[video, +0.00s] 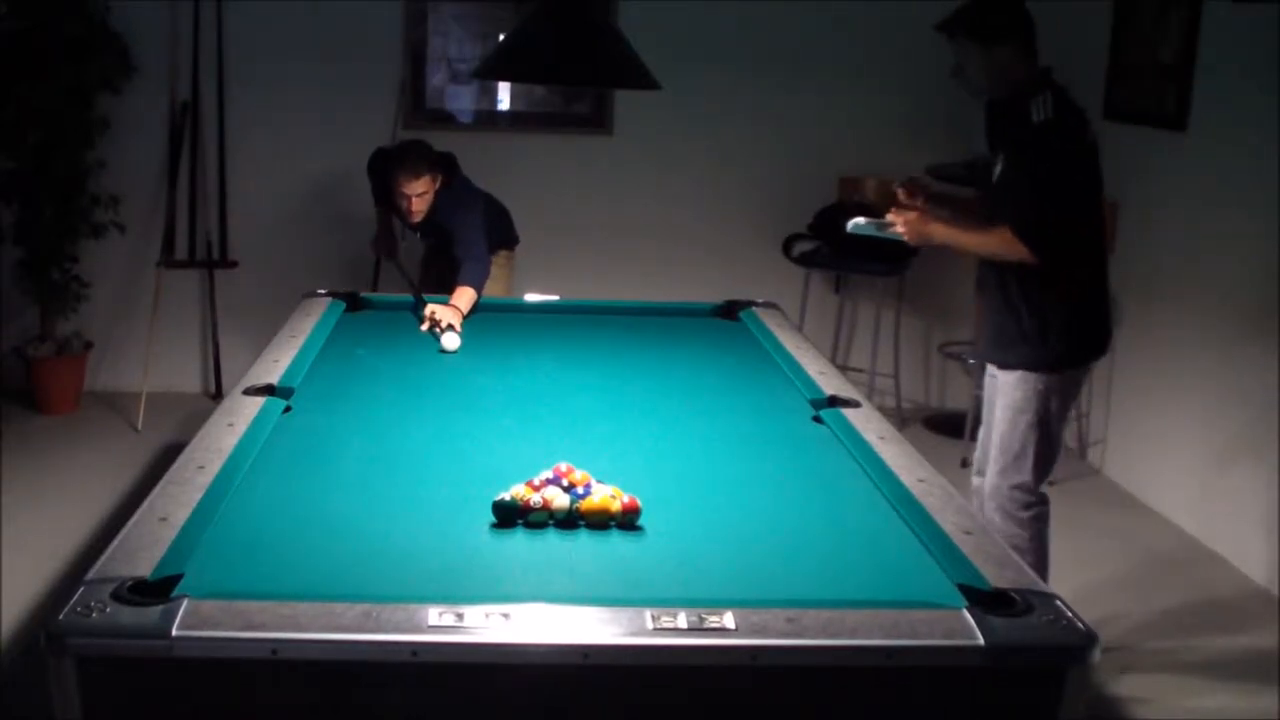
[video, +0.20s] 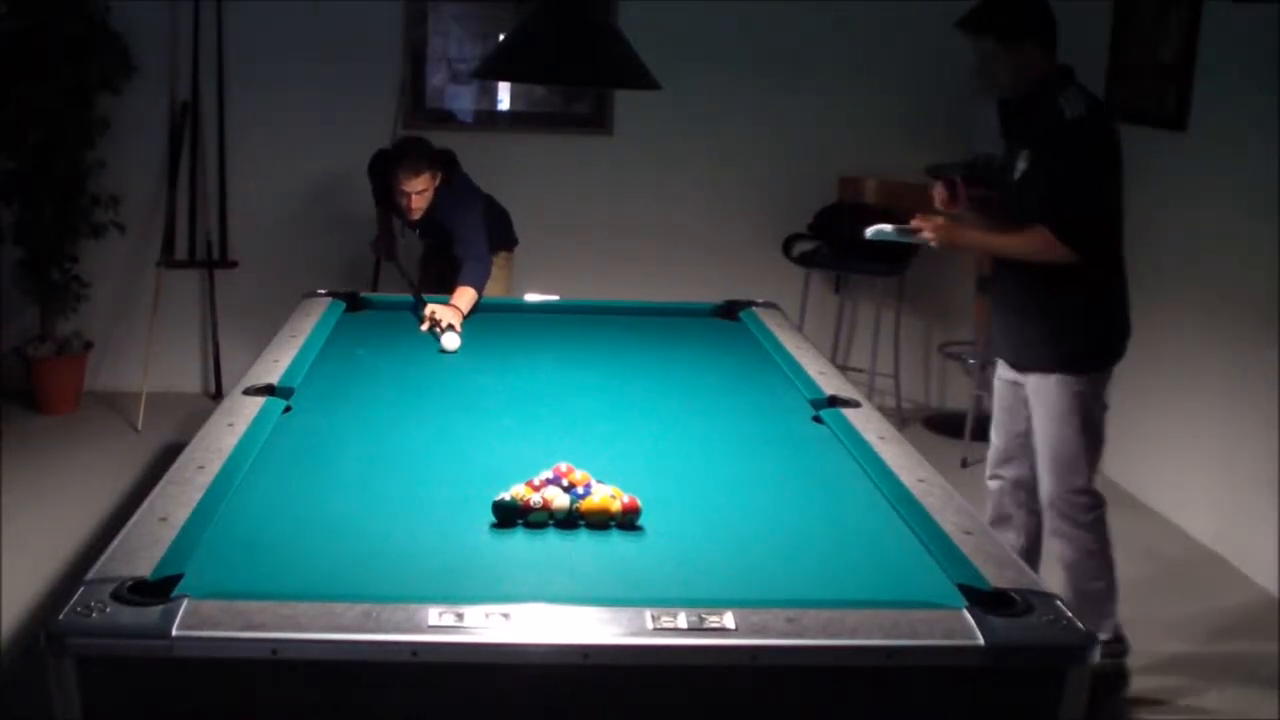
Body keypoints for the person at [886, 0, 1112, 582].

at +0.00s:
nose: (960, 72)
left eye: (967, 57)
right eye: (959, 57)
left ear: (1001, 52)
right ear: (1010, 53)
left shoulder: (1049, 119)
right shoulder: (1019, 113)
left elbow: (1034, 241)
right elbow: (1009, 213)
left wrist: (939, 233)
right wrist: (941, 200)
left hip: (1043, 342)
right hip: (1013, 334)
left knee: (1012, 492)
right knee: (988, 481)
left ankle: (1024, 629)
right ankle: (997, 617)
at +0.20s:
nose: (985, 69)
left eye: (993, 54)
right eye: (983, 55)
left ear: (1026, 49)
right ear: (1017, 51)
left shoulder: (1077, 118)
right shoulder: (1024, 113)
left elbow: (1069, 242)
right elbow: (1030, 215)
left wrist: (968, 237)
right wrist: (973, 204)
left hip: (1070, 346)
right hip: (1019, 338)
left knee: (1068, 502)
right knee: (1009, 487)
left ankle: (1097, 644)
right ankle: (1003, 627)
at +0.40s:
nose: (1027, 66)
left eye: (1039, 52)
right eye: (1026, 53)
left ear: (1075, 52)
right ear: (1042, 53)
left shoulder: (1133, 132)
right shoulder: (1041, 125)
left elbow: (1137, 249)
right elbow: (1051, 224)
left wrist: (1022, 244)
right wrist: (1001, 226)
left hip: (1110, 364)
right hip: (1040, 352)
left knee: (1132, 511)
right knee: (1025, 495)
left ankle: (1175, 661)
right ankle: (1008, 628)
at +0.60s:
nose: (1101, 78)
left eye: (1114, 63)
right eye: (1099, 63)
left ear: (1157, 63)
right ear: (1106, 62)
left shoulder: (1226, 153)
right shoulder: (1101, 139)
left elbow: (1226, 275)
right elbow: (1086, 238)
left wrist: (1102, 265)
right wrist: (1046, 247)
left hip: (1176, 381)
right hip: (1091, 366)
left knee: (1177, 538)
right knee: (1049, 503)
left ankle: (1188, 682)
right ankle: (1012, 636)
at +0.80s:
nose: (1171, 76)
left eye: (1186, 63)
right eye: (1170, 61)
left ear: (1228, 64)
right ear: (1172, 65)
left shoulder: (1276, 146)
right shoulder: (1153, 142)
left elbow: (1276, 277)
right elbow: (1114, 260)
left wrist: (1185, 278)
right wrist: (1124, 262)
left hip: (1239, 382)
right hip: (1146, 370)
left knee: (1214, 550)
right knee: (1078, 515)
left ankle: (1194, 682)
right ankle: (1041, 650)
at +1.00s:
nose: (1245, 78)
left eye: (1255, 65)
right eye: (1237, 61)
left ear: (1275, 71)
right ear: (1222, 60)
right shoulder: (1192, 134)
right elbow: (1140, 230)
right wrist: (1170, 269)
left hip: (1271, 372)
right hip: (1192, 360)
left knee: (1246, 546)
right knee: (1161, 535)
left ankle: (1198, 681)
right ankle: (1145, 681)